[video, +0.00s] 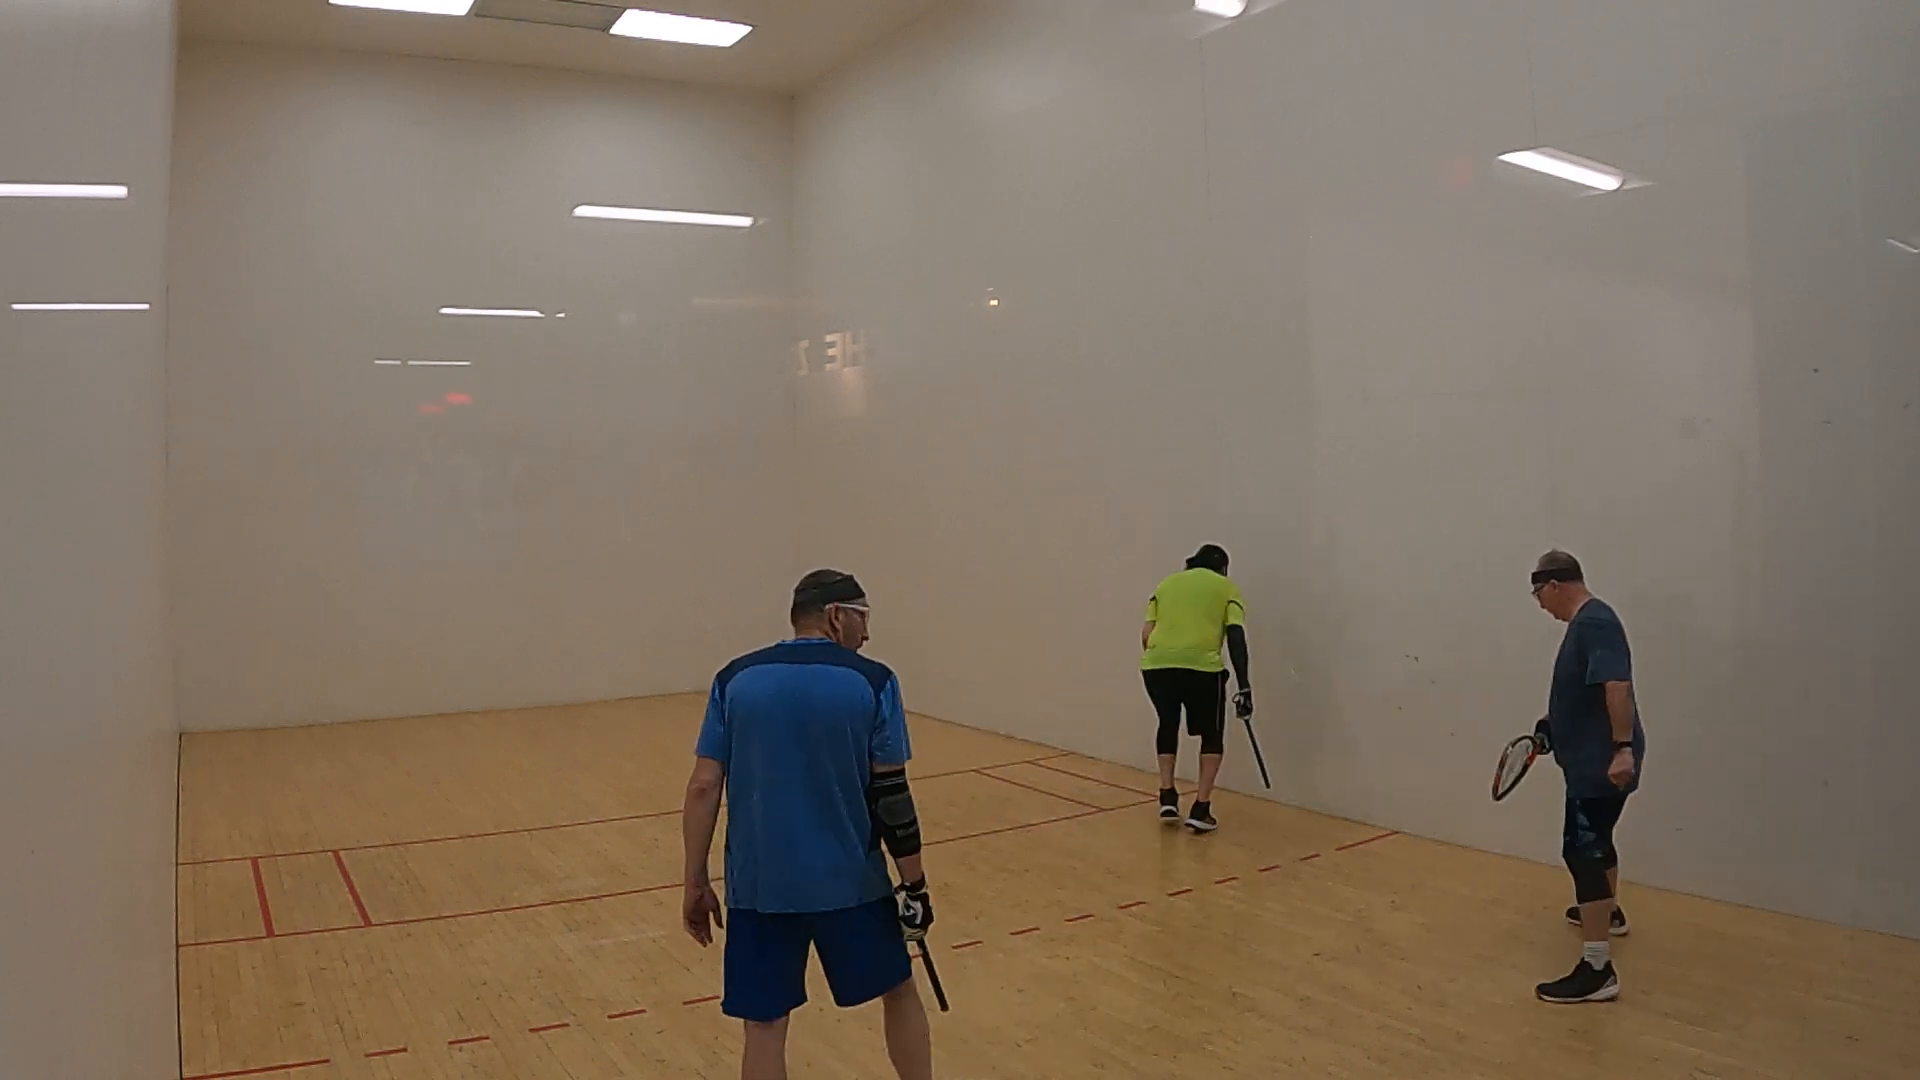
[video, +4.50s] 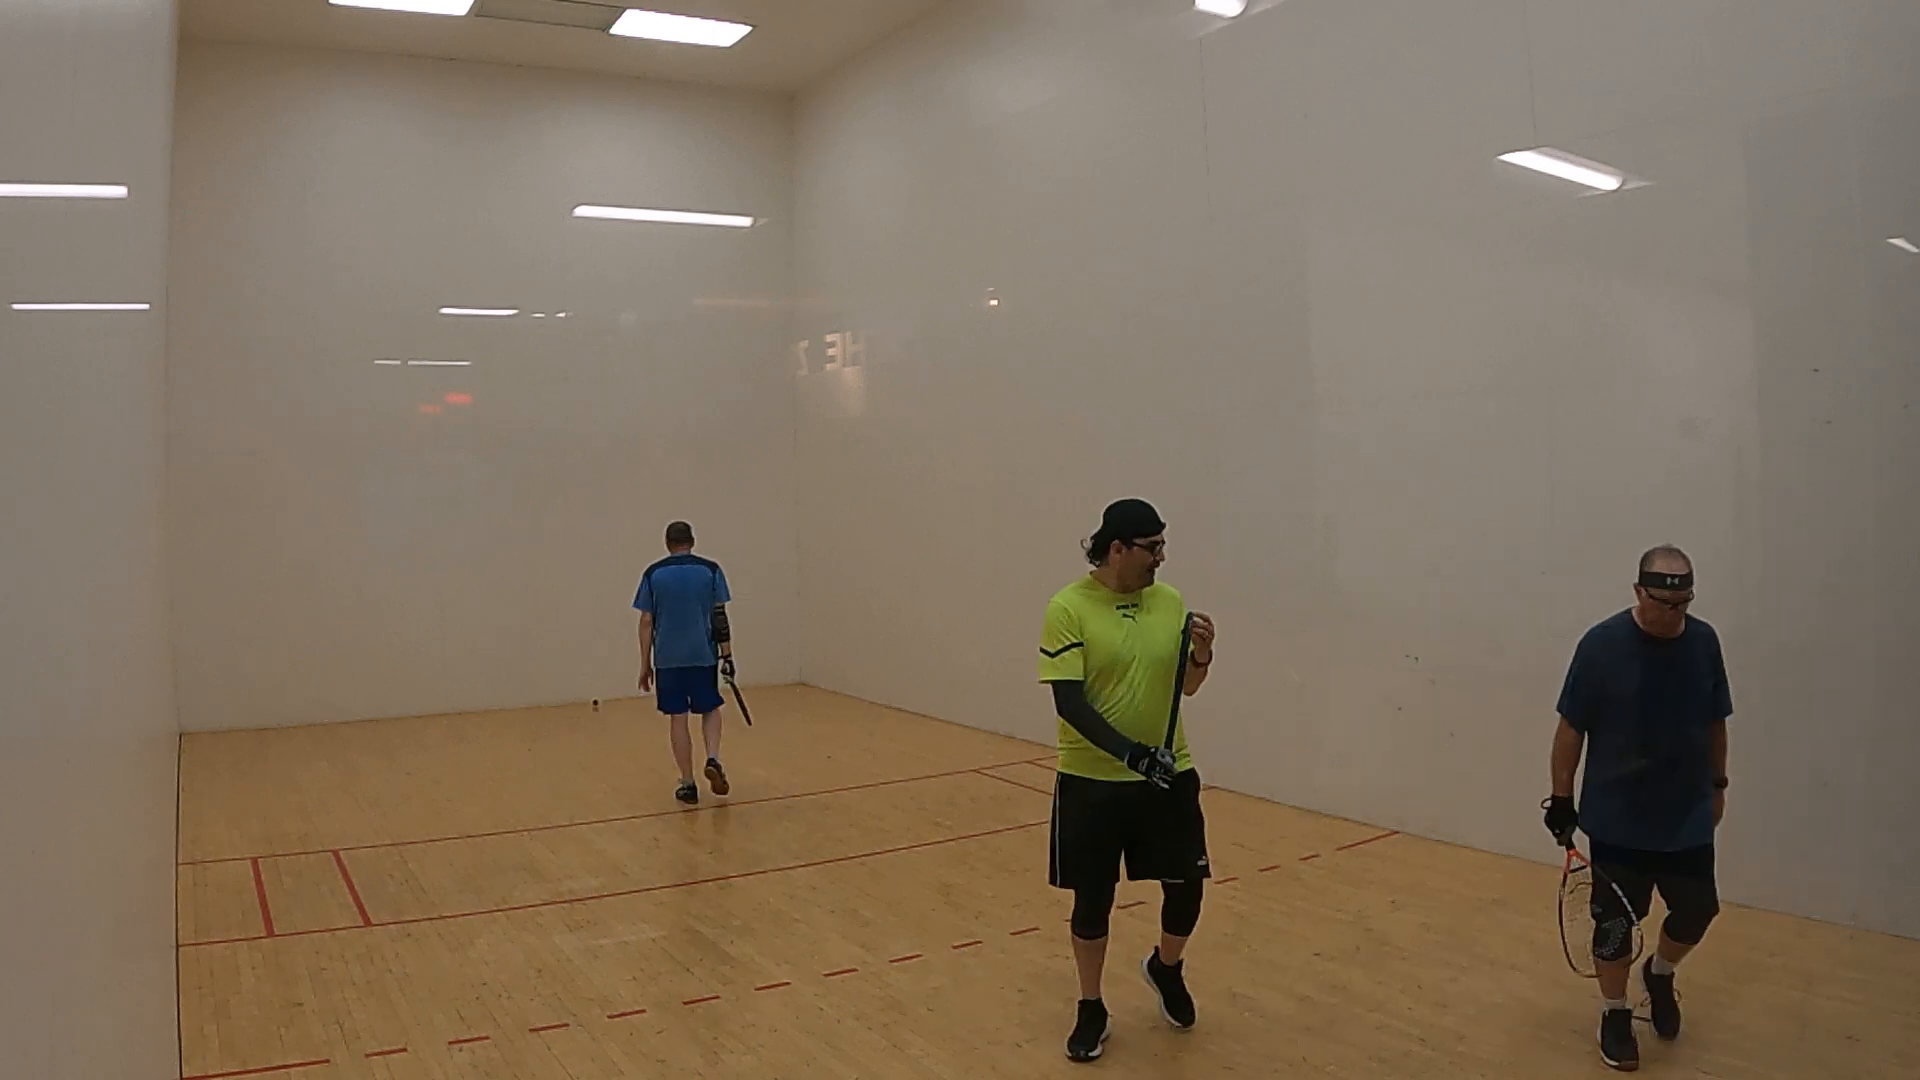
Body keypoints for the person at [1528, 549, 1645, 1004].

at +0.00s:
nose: (1539, 604)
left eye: (1539, 594)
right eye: (1537, 595)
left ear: (1553, 587)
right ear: (1568, 583)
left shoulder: (1597, 622)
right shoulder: (1586, 623)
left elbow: (1617, 685)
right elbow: (1585, 692)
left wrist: (1623, 746)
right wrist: (1554, 728)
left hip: (1598, 765)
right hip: (1594, 760)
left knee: (1580, 852)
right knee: (1594, 837)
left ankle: (1596, 967)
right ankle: (1607, 908)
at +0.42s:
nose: (1549, 588)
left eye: (1547, 579)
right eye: (1546, 581)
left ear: (1563, 569)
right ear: (1569, 568)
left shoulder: (1601, 603)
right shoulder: (1593, 604)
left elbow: (1623, 667)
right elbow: (1594, 673)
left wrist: (1611, 723)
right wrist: (1556, 709)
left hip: (1588, 738)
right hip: (1607, 738)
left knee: (1548, 808)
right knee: (1604, 814)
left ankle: (1547, 905)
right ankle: (1610, 906)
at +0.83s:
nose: (1539, 570)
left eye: (1539, 563)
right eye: (1539, 563)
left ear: (1548, 564)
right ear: (1576, 561)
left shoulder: (1551, 608)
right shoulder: (1609, 604)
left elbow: (1547, 677)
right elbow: (1626, 659)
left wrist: (1535, 730)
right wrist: (1596, 695)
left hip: (1562, 737)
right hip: (1607, 736)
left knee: (1530, 797)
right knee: (1598, 812)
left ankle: (1523, 881)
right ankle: (1608, 903)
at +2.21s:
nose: (1541, 559)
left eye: (1549, 554)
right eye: (1541, 553)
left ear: (1574, 557)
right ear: (1557, 557)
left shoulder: (1603, 601)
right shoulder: (1560, 597)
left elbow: (1619, 663)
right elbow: (1556, 666)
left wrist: (1615, 719)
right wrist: (1547, 724)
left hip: (1589, 729)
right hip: (1560, 726)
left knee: (1589, 808)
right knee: (1566, 800)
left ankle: (1599, 891)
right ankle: (1572, 870)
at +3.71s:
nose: (1615, 586)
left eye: (1624, 578)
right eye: (1606, 578)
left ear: (1634, 580)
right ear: (1589, 579)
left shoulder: (1652, 630)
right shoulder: (1556, 628)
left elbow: (1662, 698)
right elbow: (1531, 698)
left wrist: (1660, 756)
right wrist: (1519, 759)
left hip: (1628, 778)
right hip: (1567, 774)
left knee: (1618, 875)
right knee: (1549, 864)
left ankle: (1598, 966)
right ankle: (1553, 920)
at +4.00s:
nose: (1636, 586)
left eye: (1645, 578)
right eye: (1627, 577)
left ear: (1656, 581)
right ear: (1608, 578)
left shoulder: (1674, 632)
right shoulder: (1574, 630)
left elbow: (1702, 698)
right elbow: (1547, 701)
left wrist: (1720, 757)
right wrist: (1533, 766)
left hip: (1649, 786)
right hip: (1588, 782)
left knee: (1626, 881)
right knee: (1583, 881)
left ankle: (1600, 969)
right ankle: (1575, 970)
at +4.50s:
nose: (1674, 606)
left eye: (1682, 596)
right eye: (1662, 596)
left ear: (1691, 594)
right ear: (1639, 591)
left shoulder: (1703, 642)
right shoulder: (1601, 645)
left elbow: (1716, 722)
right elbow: (1570, 725)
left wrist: (1719, 785)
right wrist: (1561, 797)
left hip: (1685, 811)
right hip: (1617, 813)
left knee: (1697, 909)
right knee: (1616, 921)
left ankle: (1659, 974)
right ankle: (1615, 1015)